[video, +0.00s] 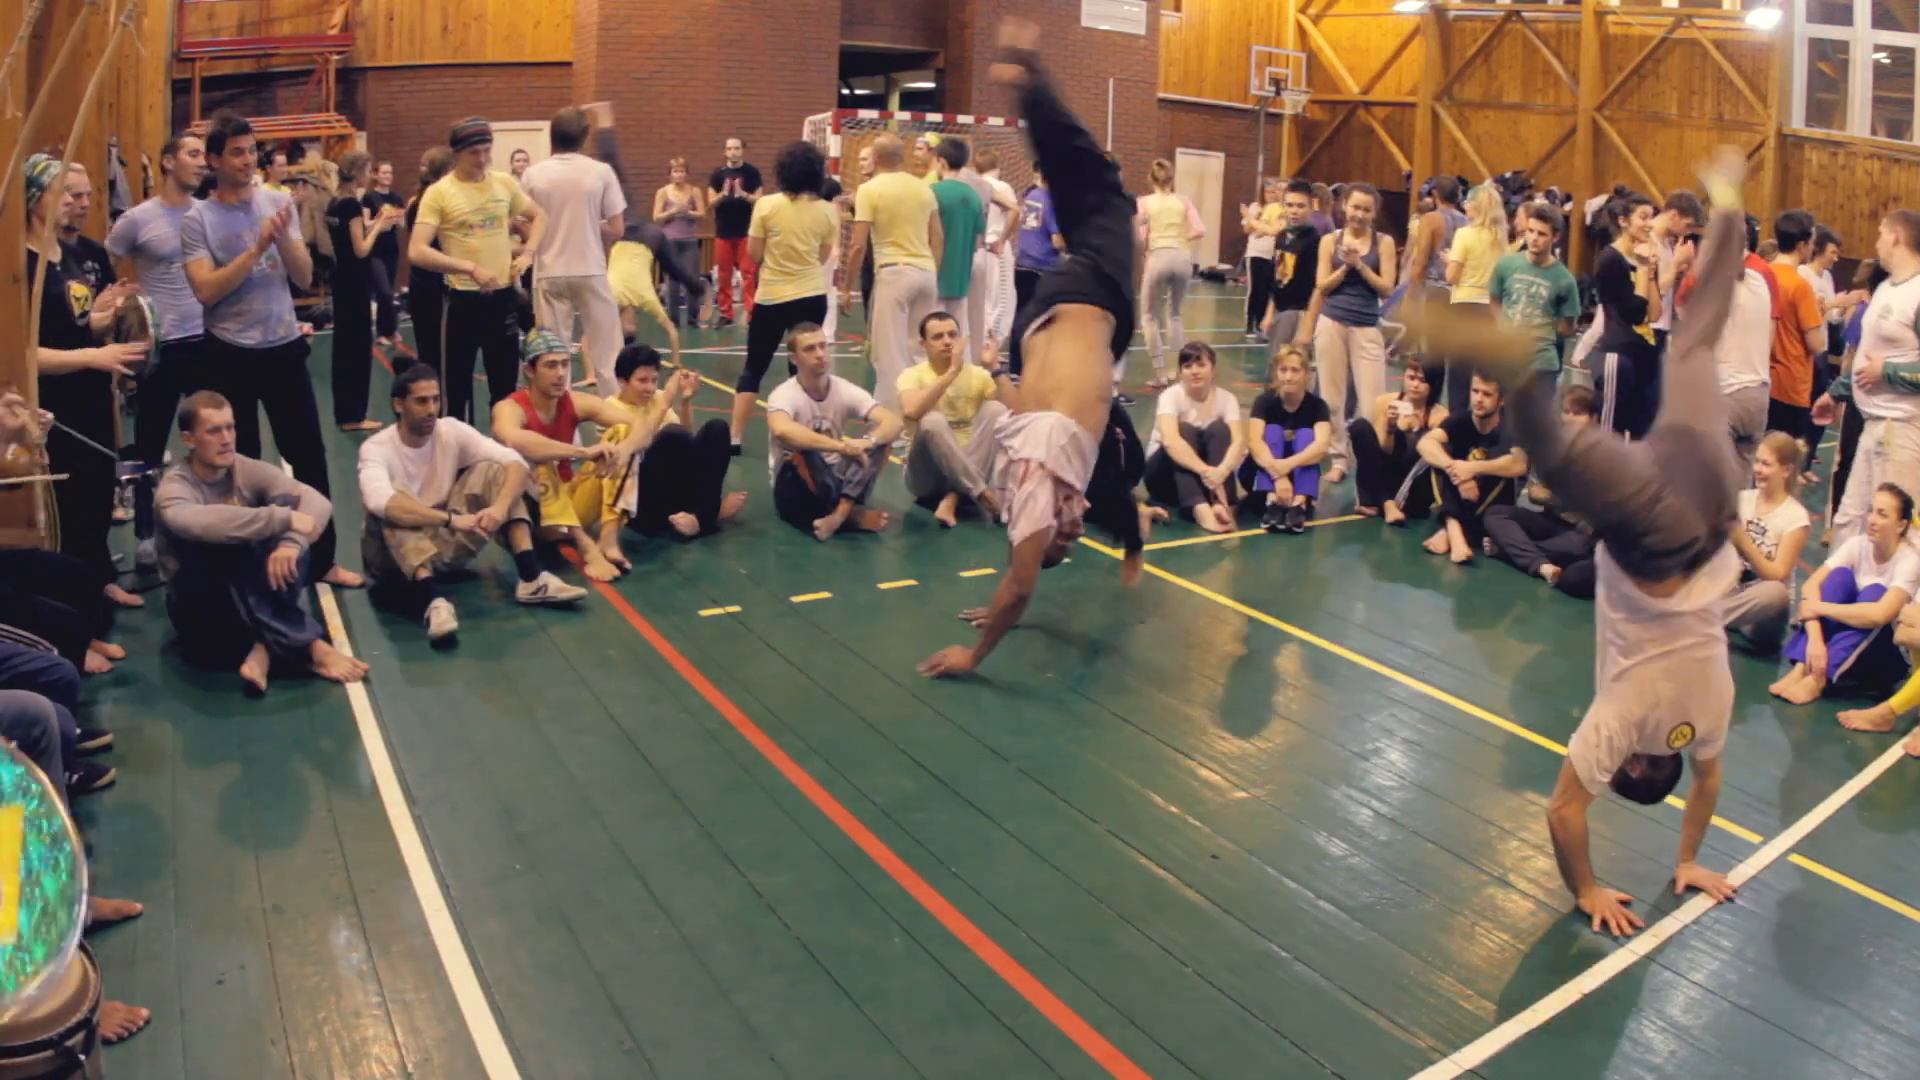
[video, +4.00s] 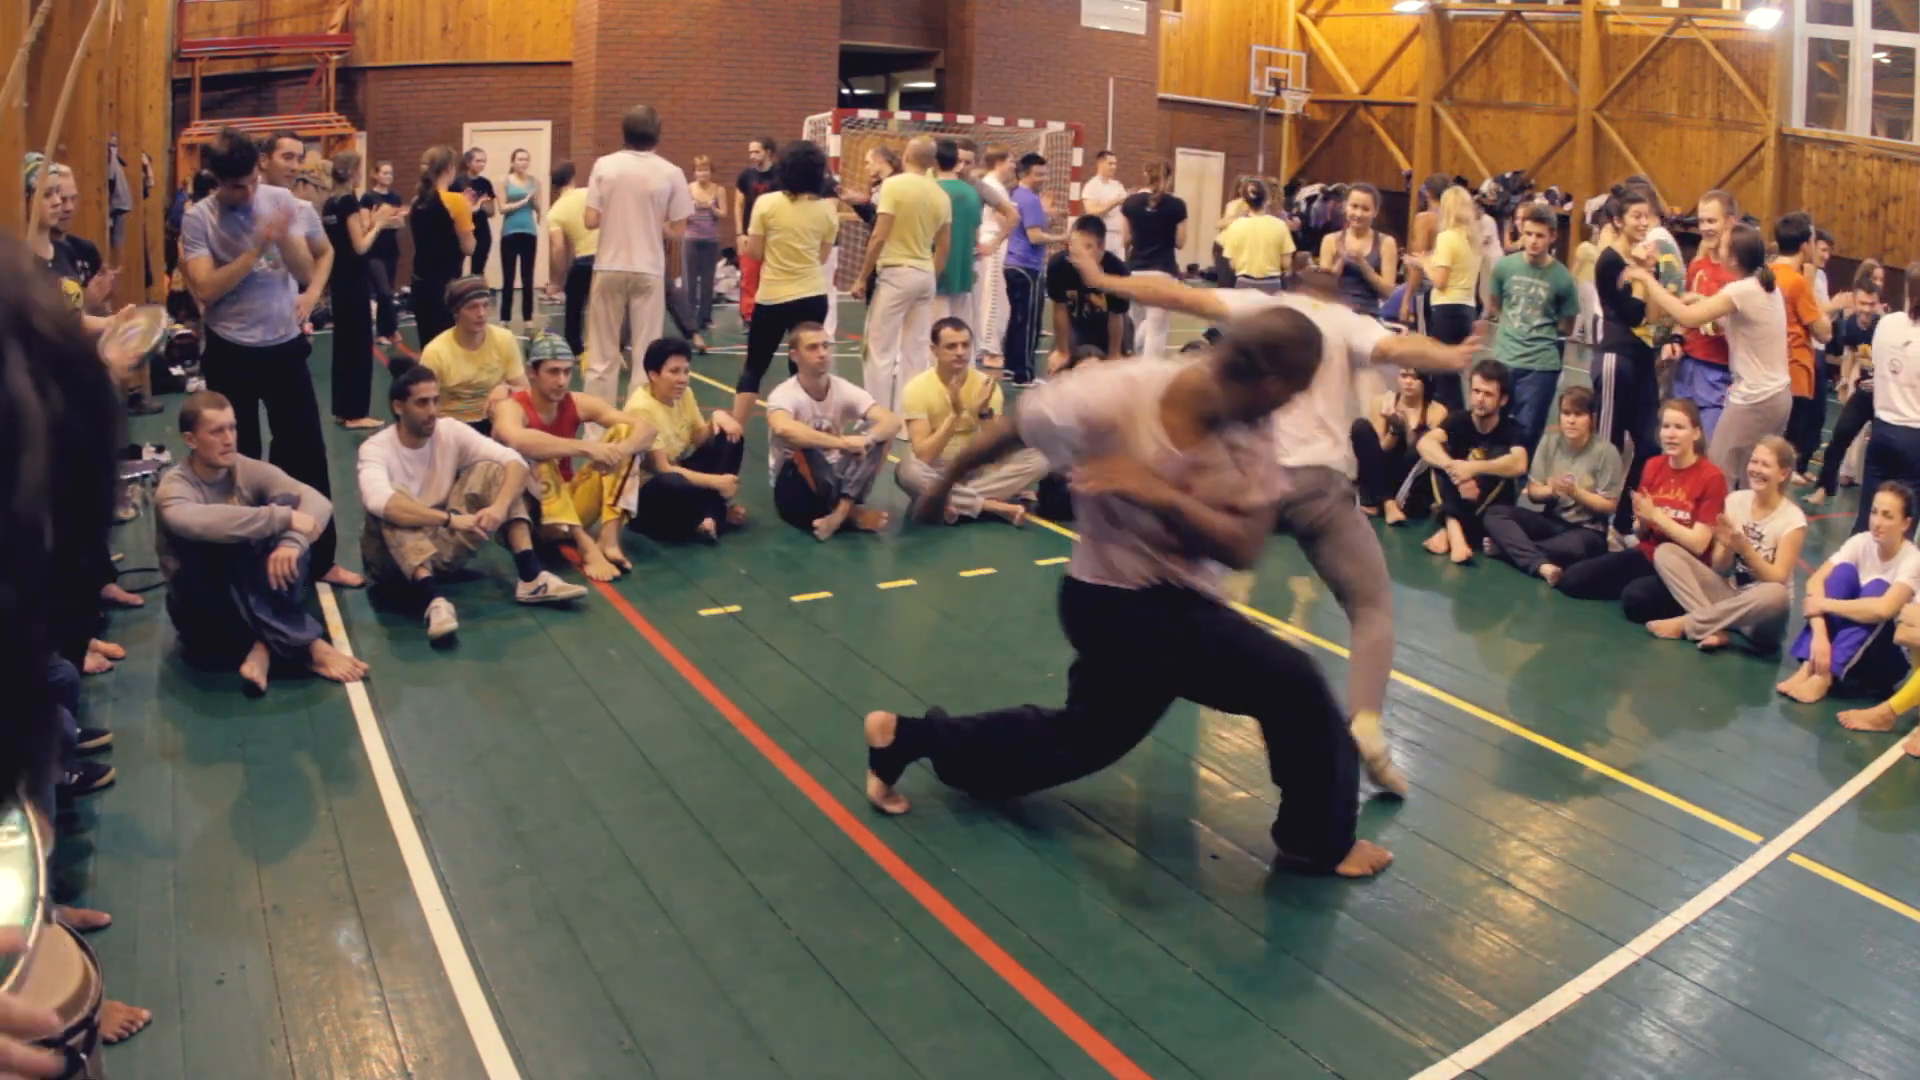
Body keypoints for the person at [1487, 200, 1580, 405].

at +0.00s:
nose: (1534, 239)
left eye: (1542, 234)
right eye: (1531, 231)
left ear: (1555, 238)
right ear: (1525, 231)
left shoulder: (1564, 280)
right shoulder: (1505, 265)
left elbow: (1566, 326)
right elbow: (1494, 303)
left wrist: (1534, 331)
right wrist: (1508, 332)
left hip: (1541, 358)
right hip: (1505, 353)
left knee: (1540, 428)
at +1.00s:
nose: (1540, 241)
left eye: (1547, 236)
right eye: (1536, 234)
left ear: (1557, 238)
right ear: (1526, 232)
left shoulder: (1565, 278)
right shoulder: (1505, 265)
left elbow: (1567, 328)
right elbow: (1495, 307)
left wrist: (1538, 331)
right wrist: (1515, 327)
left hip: (1540, 363)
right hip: (1502, 356)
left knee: (1524, 436)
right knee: (1491, 429)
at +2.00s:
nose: (1534, 242)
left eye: (1541, 236)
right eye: (1530, 234)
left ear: (1553, 239)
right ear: (1522, 234)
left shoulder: (1563, 280)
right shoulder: (1504, 266)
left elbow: (1568, 325)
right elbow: (1495, 303)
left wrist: (1540, 333)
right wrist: (1514, 326)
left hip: (1539, 361)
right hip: (1503, 355)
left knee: (1526, 432)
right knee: (1490, 425)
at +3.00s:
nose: (1534, 242)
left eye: (1541, 236)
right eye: (1530, 235)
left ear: (1553, 238)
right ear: (1522, 234)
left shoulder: (1563, 279)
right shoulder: (1505, 266)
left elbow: (1568, 325)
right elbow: (1496, 304)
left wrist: (1542, 334)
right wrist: (1515, 327)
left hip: (1541, 361)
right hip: (1504, 355)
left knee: (1527, 432)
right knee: (1493, 424)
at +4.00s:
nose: (1532, 241)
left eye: (1539, 236)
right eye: (1528, 234)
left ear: (1552, 238)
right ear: (1521, 234)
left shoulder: (1563, 278)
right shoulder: (1503, 266)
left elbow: (1566, 326)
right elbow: (1494, 306)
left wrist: (1540, 335)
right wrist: (1518, 327)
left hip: (1540, 360)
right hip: (1504, 355)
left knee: (1526, 431)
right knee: (1495, 425)